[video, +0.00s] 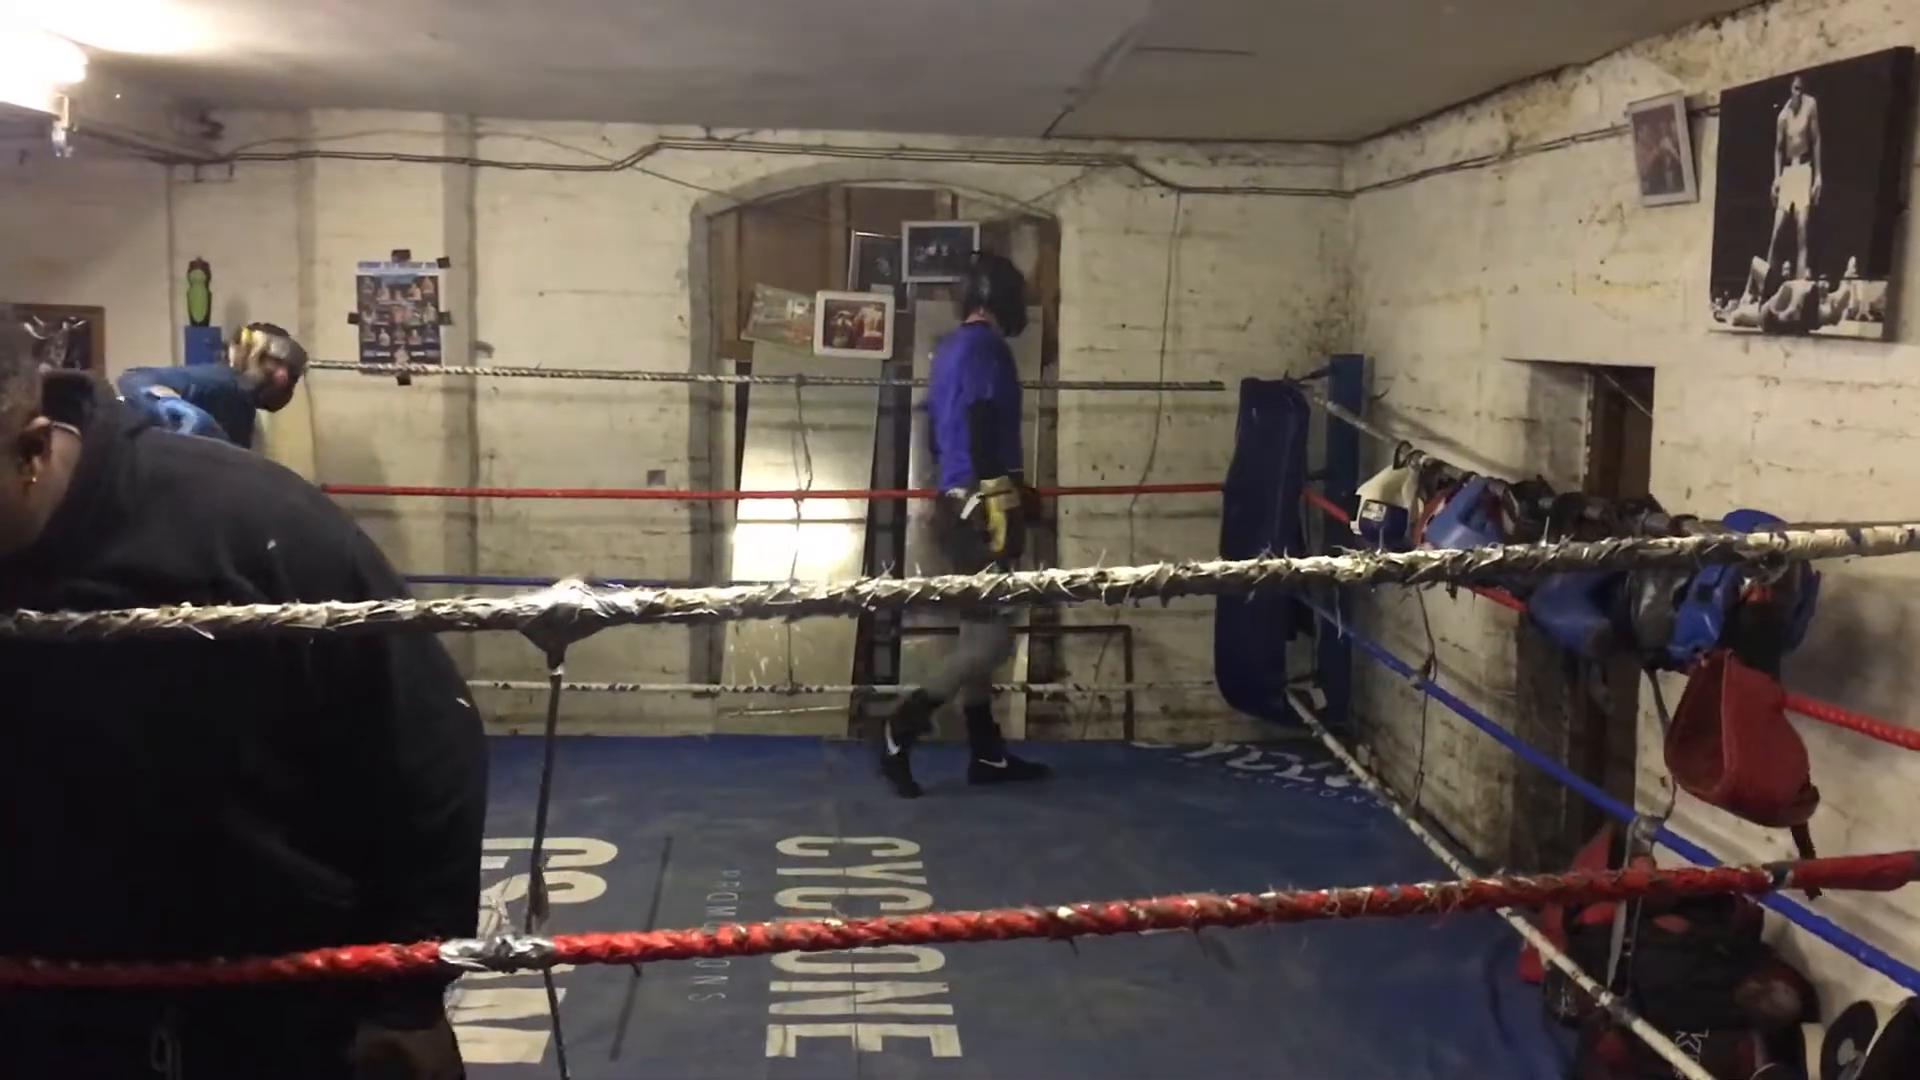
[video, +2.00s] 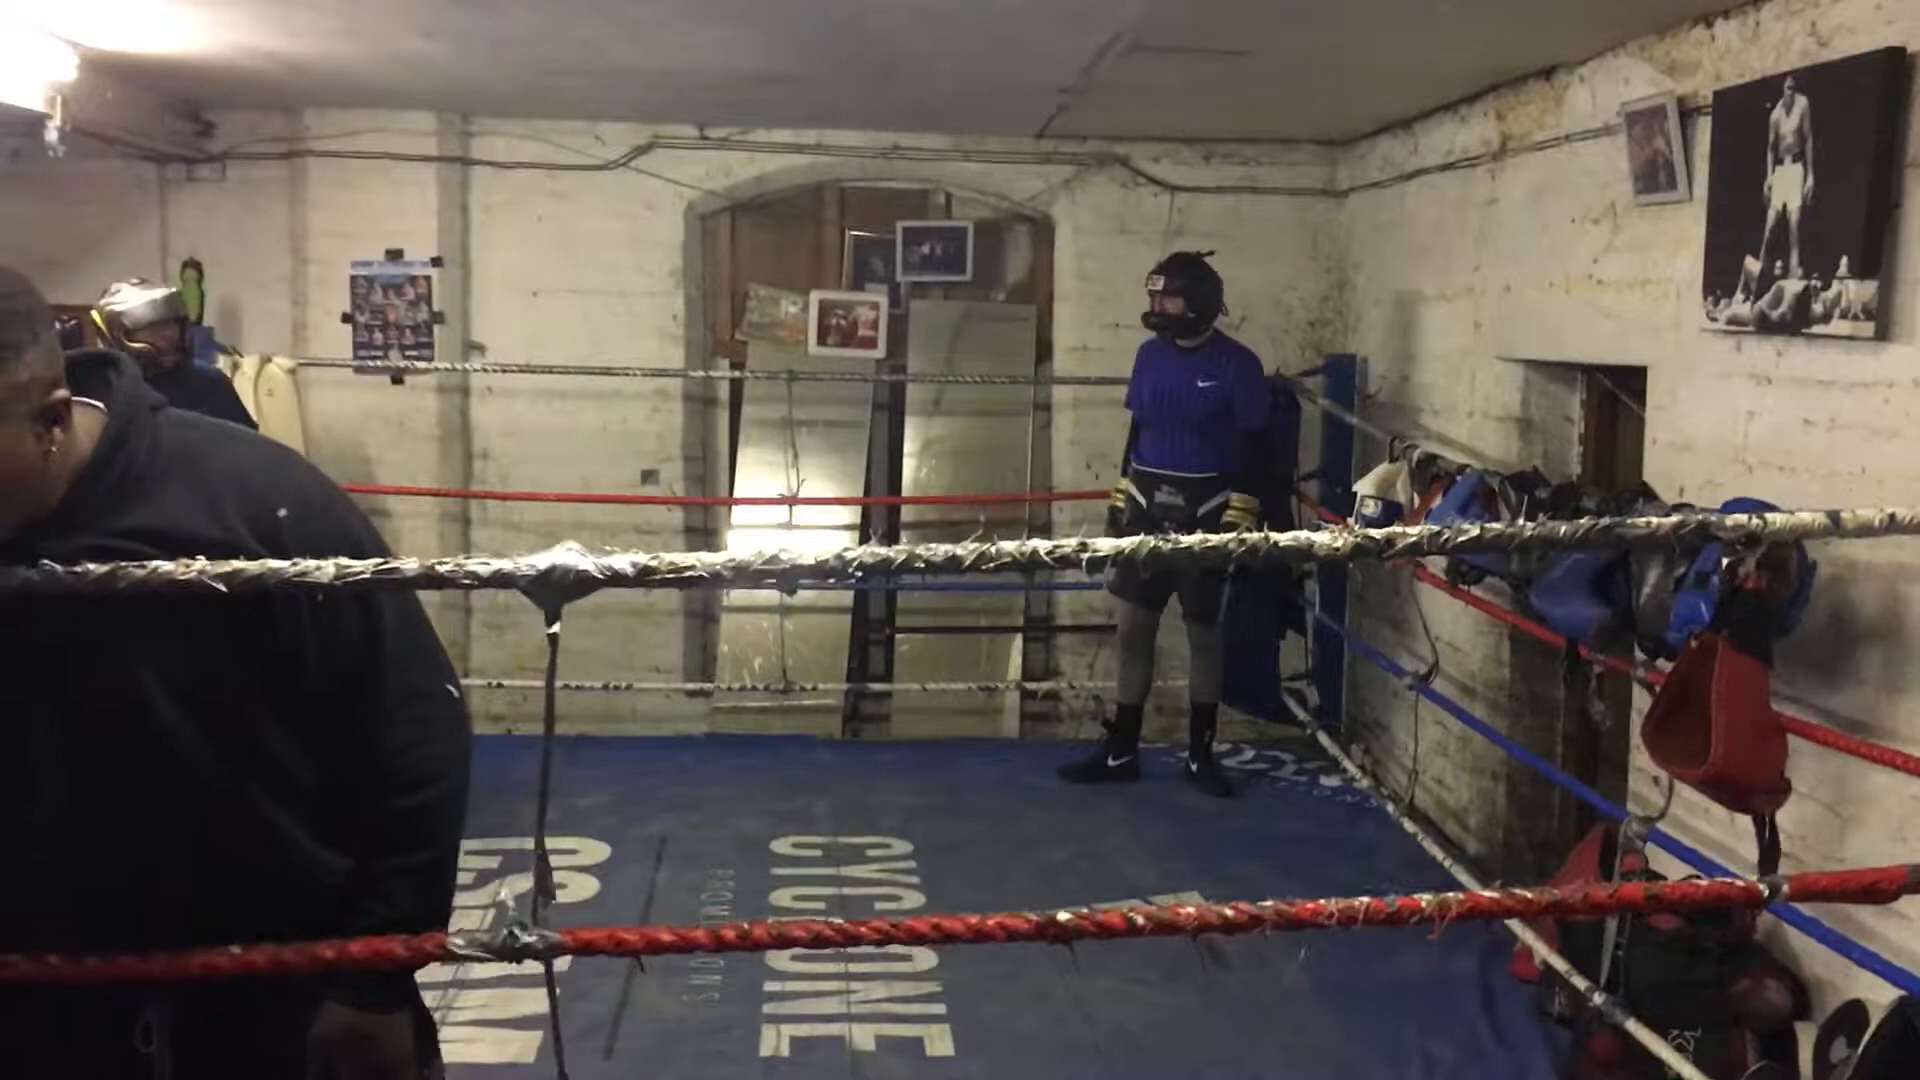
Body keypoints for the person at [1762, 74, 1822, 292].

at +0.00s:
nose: (1796, 94)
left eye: (1800, 90)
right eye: (1794, 89)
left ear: (1804, 91)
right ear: (1790, 90)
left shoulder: (1810, 106)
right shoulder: (1783, 115)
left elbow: (1816, 139)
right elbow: (1778, 147)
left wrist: (1818, 176)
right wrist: (1777, 177)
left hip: (1804, 164)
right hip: (1787, 165)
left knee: (1802, 220)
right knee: (1779, 221)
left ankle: (1802, 268)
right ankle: (1770, 269)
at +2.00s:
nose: (1789, 94)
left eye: (1792, 90)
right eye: (1787, 89)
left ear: (1796, 90)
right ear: (1782, 89)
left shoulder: (1802, 104)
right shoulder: (1775, 114)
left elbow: (1808, 138)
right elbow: (1770, 146)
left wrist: (1810, 175)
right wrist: (1769, 175)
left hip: (1797, 165)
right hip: (1779, 166)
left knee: (1794, 219)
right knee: (1771, 218)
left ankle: (1794, 266)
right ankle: (1762, 264)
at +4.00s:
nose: (1788, 92)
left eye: (1792, 89)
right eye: (1787, 88)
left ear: (1796, 90)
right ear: (1782, 88)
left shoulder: (1802, 104)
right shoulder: (1775, 113)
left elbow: (1808, 139)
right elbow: (1771, 146)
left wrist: (1810, 175)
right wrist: (1769, 175)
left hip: (1797, 164)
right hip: (1779, 165)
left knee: (1794, 220)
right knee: (1771, 221)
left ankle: (1793, 270)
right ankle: (1761, 268)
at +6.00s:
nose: (1788, 92)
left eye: (1791, 89)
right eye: (1787, 88)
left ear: (1796, 90)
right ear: (1783, 89)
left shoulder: (1801, 105)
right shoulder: (1775, 114)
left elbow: (1808, 139)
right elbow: (1770, 146)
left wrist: (1810, 175)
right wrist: (1769, 175)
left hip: (1797, 164)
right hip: (1779, 165)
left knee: (1794, 221)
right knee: (1771, 221)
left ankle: (1794, 269)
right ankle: (1762, 268)